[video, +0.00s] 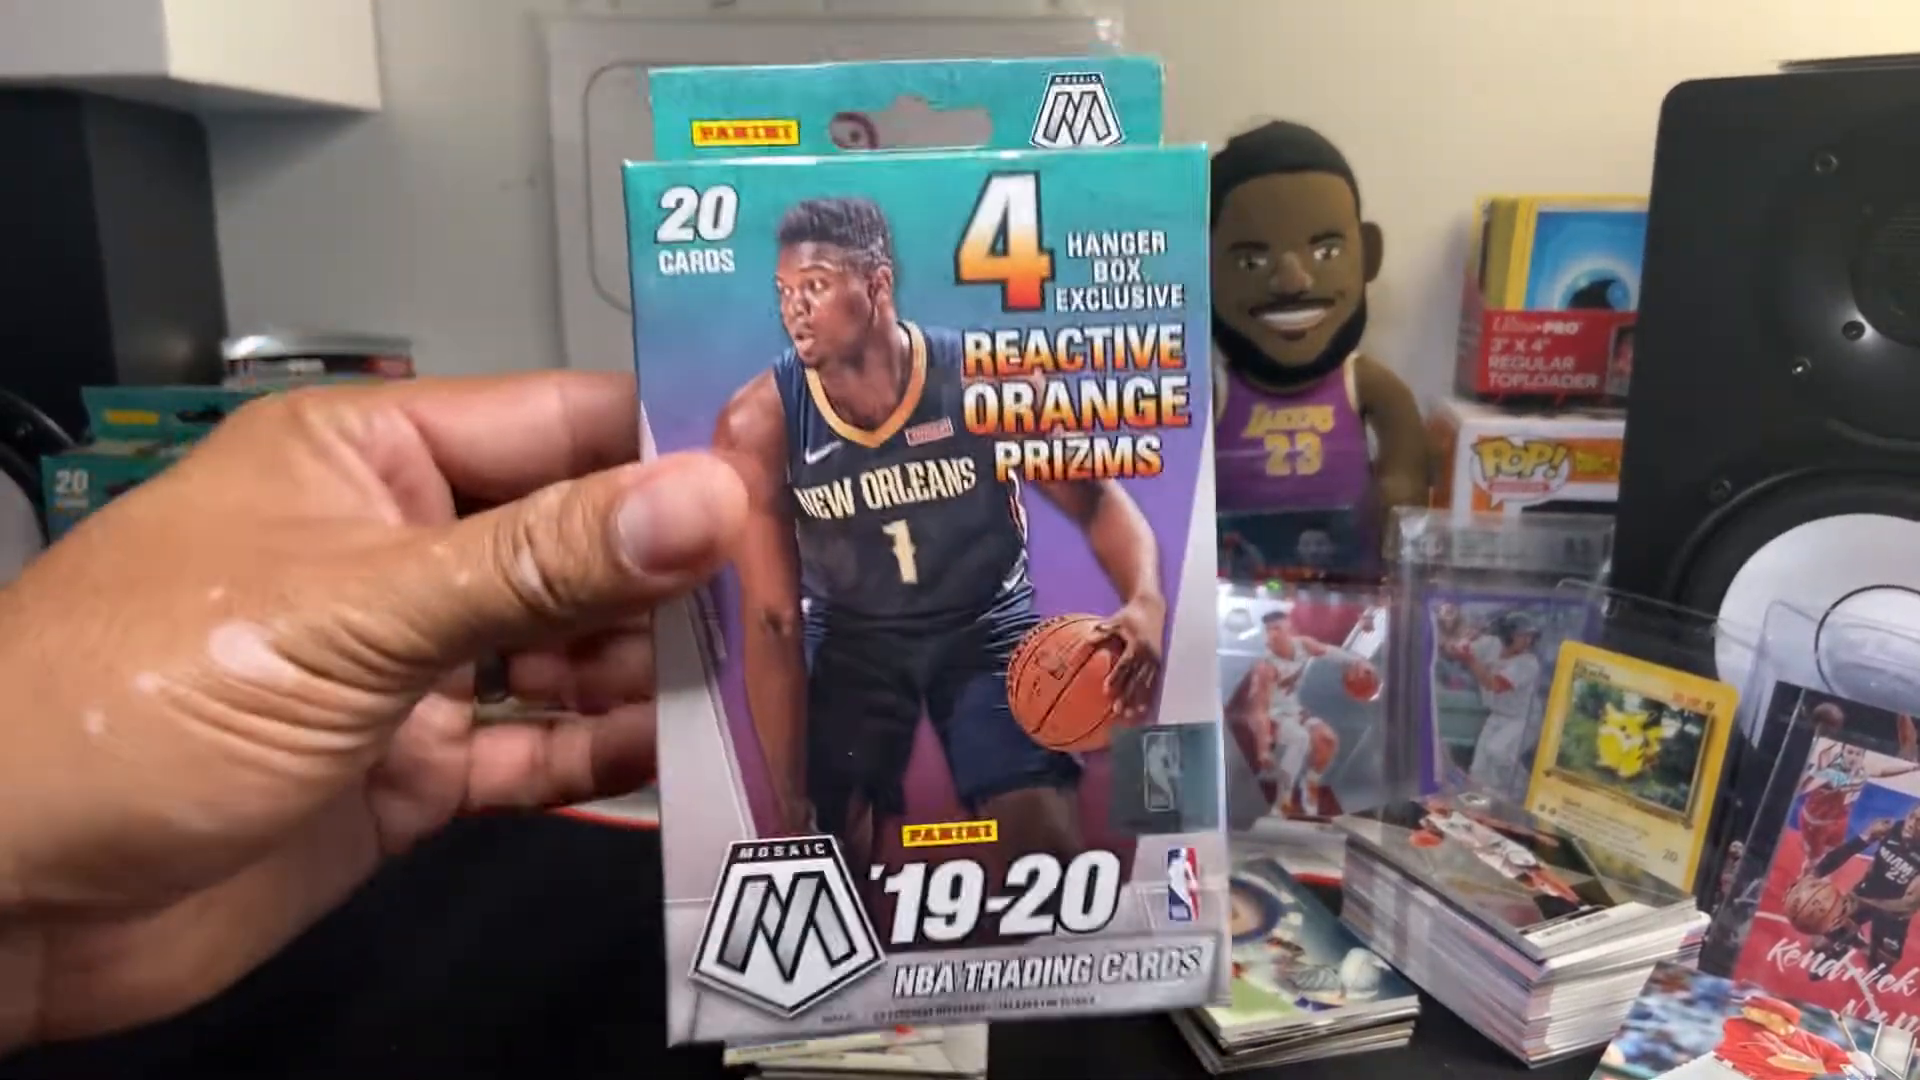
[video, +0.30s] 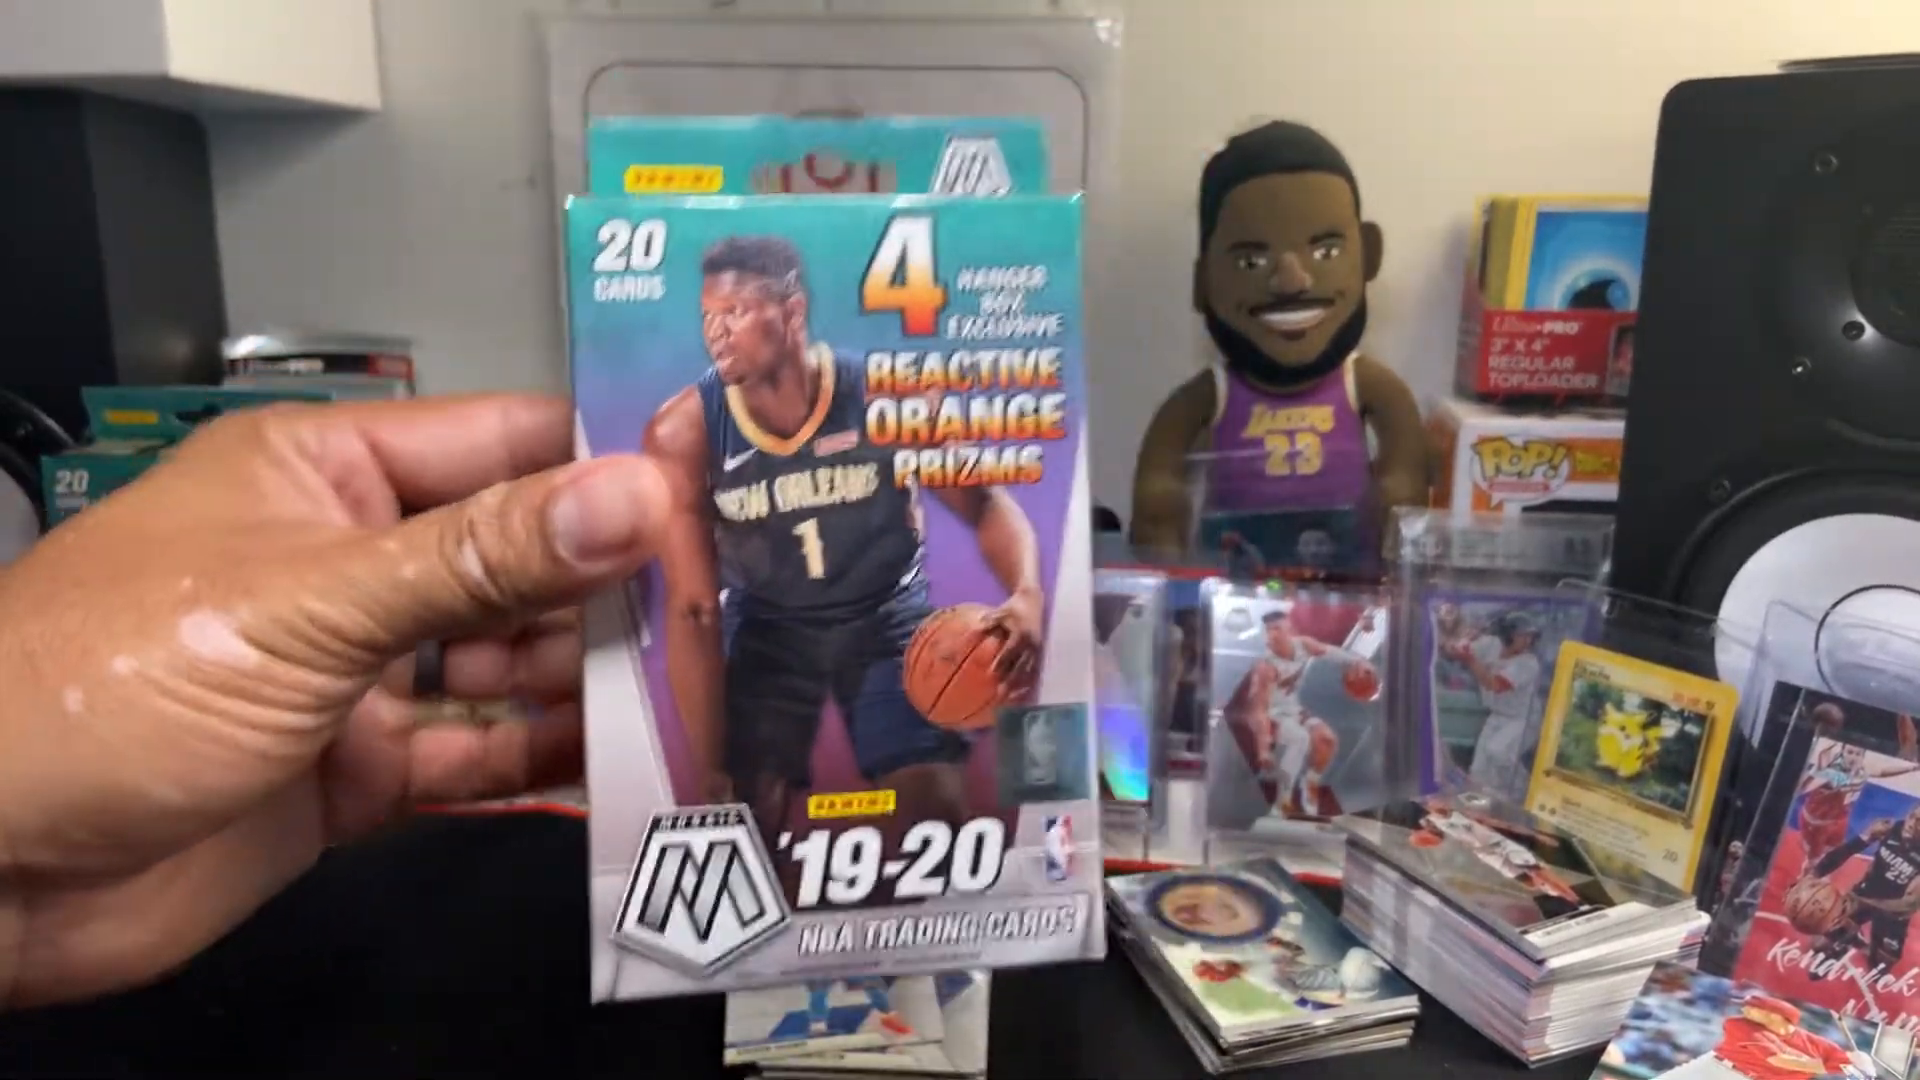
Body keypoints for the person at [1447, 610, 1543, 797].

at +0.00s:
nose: (1528, 641)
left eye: (1530, 637)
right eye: (1523, 635)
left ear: (1533, 639)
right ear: (1510, 635)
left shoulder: (1529, 663)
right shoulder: (1491, 645)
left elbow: (1496, 685)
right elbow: (1458, 650)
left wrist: (1471, 659)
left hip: (1518, 722)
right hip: (1495, 717)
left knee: (1497, 752)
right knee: (1482, 754)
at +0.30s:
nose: (1528, 641)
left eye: (1530, 636)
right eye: (1523, 635)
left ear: (1533, 638)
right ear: (1511, 635)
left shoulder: (1529, 663)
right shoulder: (1491, 645)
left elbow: (1496, 685)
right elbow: (1458, 650)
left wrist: (1471, 660)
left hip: (1516, 723)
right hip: (1494, 717)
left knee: (1497, 753)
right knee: (1481, 756)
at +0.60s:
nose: (1527, 641)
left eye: (1530, 636)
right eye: (1522, 635)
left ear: (1533, 639)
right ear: (1510, 635)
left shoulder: (1527, 663)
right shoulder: (1490, 646)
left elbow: (1496, 684)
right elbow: (1454, 651)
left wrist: (1472, 661)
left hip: (1517, 722)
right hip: (1494, 717)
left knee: (1496, 752)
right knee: (1479, 761)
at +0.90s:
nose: (1527, 641)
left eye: (1530, 636)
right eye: (1523, 635)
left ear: (1532, 638)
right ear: (1510, 635)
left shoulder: (1527, 662)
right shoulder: (1491, 646)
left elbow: (1496, 684)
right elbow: (1453, 650)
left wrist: (1471, 660)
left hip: (1518, 721)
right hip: (1495, 717)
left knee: (1495, 751)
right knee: (1479, 764)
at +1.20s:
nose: (1527, 641)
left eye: (1530, 636)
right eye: (1523, 635)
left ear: (1532, 639)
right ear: (1511, 635)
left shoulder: (1528, 663)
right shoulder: (1491, 646)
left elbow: (1497, 684)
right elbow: (1455, 651)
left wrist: (1472, 661)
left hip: (1518, 722)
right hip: (1495, 717)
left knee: (1496, 751)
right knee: (1480, 761)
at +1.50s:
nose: (1529, 641)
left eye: (1532, 637)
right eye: (1524, 636)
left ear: (1534, 639)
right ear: (1512, 636)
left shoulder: (1530, 663)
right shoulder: (1494, 647)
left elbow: (1498, 685)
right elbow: (1458, 651)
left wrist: (1472, 661)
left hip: (1519, 723)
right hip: (1496, 719)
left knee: (1497, 753)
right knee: (1481, 764)